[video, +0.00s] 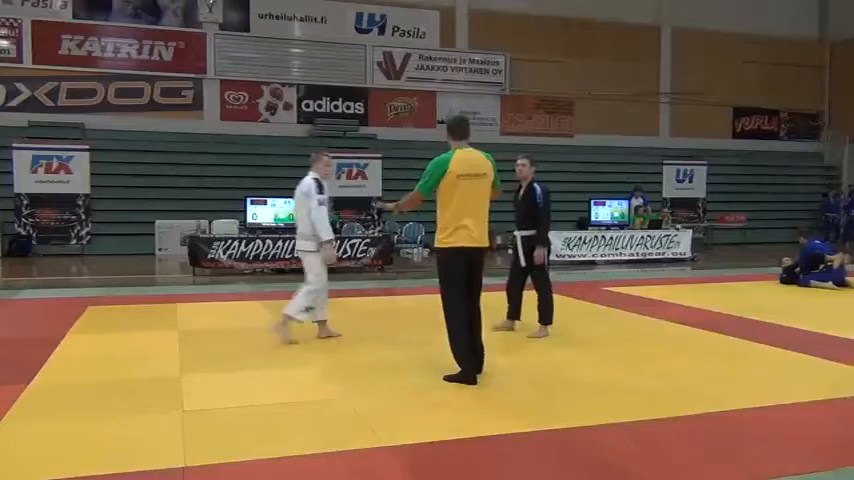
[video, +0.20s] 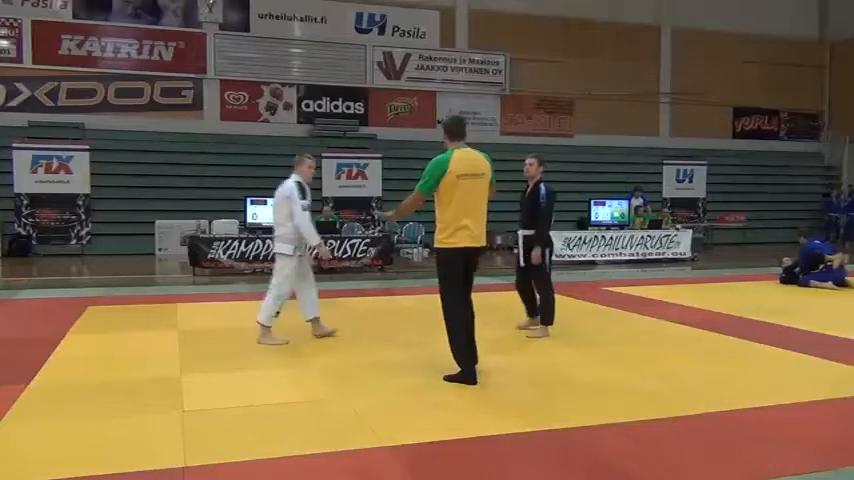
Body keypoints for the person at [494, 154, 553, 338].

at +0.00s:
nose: (519, 169)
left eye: (523, 166)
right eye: (517, 166)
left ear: (532, 169)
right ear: (516, 170)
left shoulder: (538, 190)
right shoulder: (519, 191)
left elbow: (543, 219)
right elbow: (521, 218)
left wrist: (541, 244)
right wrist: (518, 243)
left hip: (535, 240)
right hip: (521, 240)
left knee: (542, 284)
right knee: (514, 283)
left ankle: (544, 324)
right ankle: (511, 319)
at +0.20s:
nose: (526, 168)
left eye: (530, 165)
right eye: (525, 165)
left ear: (540, 169)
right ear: (525, 169)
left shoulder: (544, 190)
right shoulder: (527, 190)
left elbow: (544, 220)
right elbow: (525, 219)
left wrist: (538, 245)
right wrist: (521, 244)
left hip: (538, 239)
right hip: (525, 238)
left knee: (542, 282)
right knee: (522, 282)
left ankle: (545, 324)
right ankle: (533, 315)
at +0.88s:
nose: (534, 171)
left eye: (537, 168)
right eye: (532, 168)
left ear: (547, 169)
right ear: (531, 172)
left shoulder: (557, 191)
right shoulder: (533, 193)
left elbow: (565, 217)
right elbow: (528, 218)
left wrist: (564, 242)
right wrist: (524, 240)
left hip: (553, 241)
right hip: (538, 241)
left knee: (552, 280)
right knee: (542, 281)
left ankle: (549, 321)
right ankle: (552, 312)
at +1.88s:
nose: (548, 171)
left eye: (550, 168)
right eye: (548, 168)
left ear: (558, 169)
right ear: (558, 170)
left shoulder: (568, 190)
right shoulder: (555, 190)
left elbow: (565, 220)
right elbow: (551, 219)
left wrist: (559, 245)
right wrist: (544, 244)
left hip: (561, 241)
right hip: (550, 240)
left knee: (563, 281)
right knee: (550, 281)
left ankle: (569, 322)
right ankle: (552, 317)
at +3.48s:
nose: (535, 175)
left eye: (537, 171)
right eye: (534, 172)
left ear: (548, 170)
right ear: (543, 172)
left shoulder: (560, 190)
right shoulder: (543, 192)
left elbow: (568, 218)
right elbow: (539, 217)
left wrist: (552, 233)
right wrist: (522, 229)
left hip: (562, 243)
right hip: (547, 243)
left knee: (568, 283)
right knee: (537, 281)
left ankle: (569, 324)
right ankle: (528, 319)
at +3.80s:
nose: (512, 179)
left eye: (514, 175)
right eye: (511, 175)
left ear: (524, 172)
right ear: (519, 174)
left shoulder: (540, 189)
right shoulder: (522, 193)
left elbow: (545, 217)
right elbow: (514, 220)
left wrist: (535, 236)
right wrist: (499, 241)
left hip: (546, 239)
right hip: (531, 240)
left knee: (550, 280)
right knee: (526, 281)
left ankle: (564, 321)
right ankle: (525, 320)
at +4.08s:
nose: (502, 180)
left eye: (503, 176)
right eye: (501, 177)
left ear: (510, 173)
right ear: (507, 174)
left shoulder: (526, 189)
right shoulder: (509, 194)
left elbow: (534, 215)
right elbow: (510, 219)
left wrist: (530, 239)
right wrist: (504, 240)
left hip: (530, 237)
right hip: (516, 238)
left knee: (531, 280)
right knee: (518, 280)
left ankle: (542, 321)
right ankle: (523, 319)